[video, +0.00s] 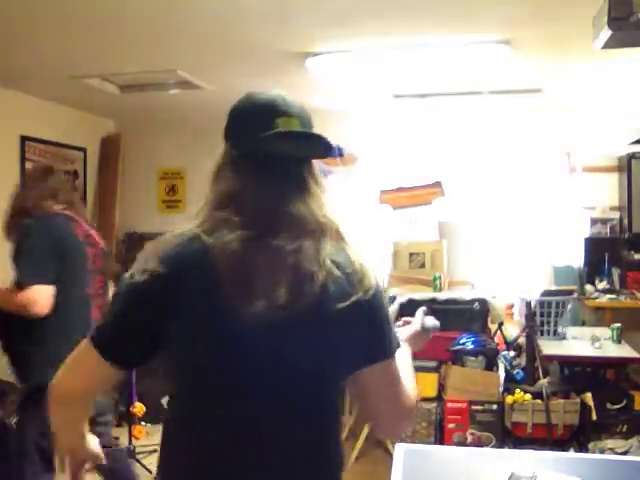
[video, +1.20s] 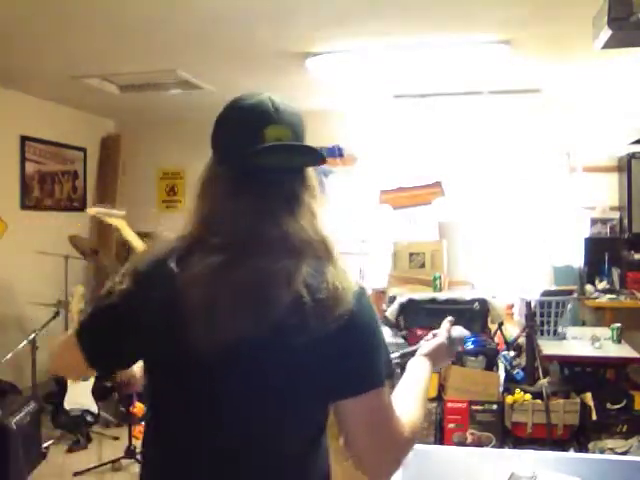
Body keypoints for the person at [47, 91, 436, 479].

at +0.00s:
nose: (318, 177)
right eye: (313, 167)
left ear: (228, 169)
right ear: (309, 175)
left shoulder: (178, 264)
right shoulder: (345, 276)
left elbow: (67, 392)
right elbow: (393, 420)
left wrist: (76, 450)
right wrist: (396, 347)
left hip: (195, 469)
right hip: (307, 470)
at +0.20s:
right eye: (274, 171)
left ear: (182, 176)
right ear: (273, 180)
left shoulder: (135, 278)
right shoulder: (311, 290)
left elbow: (19, 409)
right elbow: (365, 444)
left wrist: (52, 449)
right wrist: (385, 359)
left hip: (160, 470)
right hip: (278, 470)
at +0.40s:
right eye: (237, 161)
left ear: (139, 170)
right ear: (238, 173)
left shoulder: (78, 287)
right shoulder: (282, 294)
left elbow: (0, 410)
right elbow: (341, 464)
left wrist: (18, 463)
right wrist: (372, 376)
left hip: (112, 473)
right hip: (246, 475)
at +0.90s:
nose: (269, 183)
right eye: (264, 170)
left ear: (167, 171)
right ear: (259, 175)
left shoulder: (99, 280)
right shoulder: (290, 294)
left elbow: (8, 405)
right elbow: (349, 464)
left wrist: (61, 416)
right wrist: (395, 369)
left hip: (120, 472)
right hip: (249, 471)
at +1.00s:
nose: (285, 191)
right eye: (282, 180)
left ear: (184, 179)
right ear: (276, 184)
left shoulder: (126, 287)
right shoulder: (308, 301)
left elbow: (18, 385)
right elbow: (361, 466)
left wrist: (83, 394)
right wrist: (407, 369)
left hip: (142, 473)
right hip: (265, 473)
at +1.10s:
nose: (307, 187)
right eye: (301, 175)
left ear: (204, 179)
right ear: (294, 182)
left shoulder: (152, 284)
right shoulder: (324, 300)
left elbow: (48, 373)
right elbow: (371, 463)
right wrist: (418, 369)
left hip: (164, 472)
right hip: (282, 474)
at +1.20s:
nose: (318, 187)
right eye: (313, 174)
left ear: (216, 181)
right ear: (304, 184)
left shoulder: (165, 279)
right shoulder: (332, 296)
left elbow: (67, 360)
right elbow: (381, 458)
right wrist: (426, 363)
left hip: (173, 473)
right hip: (292, 473)